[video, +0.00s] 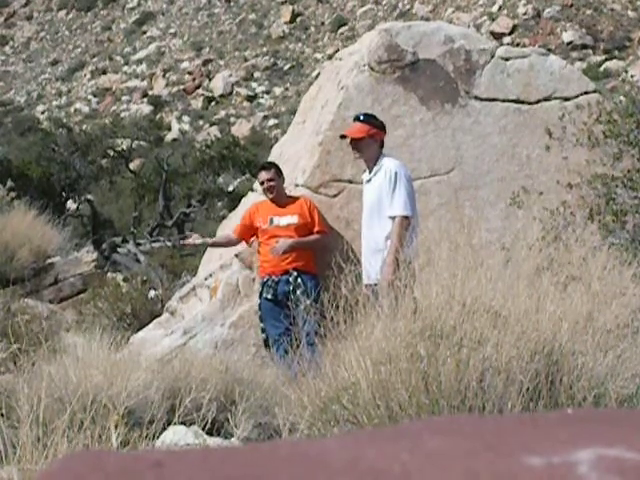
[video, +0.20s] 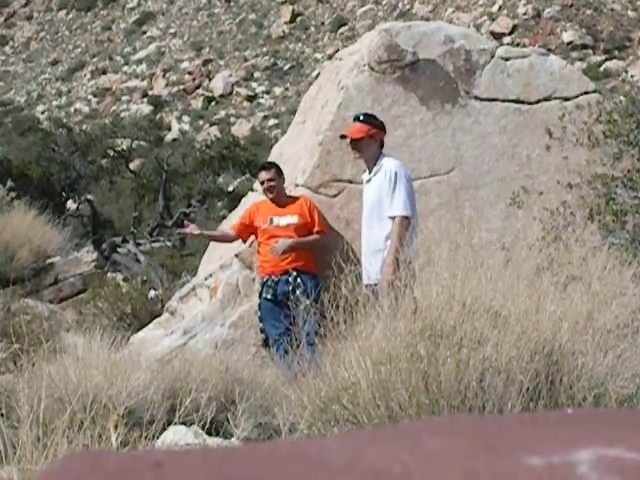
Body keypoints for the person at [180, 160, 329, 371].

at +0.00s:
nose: (267, 185)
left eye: (271, 180)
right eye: (263, 182)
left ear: (282, 180)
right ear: (260, 186)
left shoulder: (304, 204)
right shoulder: (257, 210)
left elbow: (323, 236)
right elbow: (234, 238)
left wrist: (293, 243)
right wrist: (205, 241)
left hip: (302, 277)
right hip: (271, 280)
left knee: (310, 333)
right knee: (278, 339)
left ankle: (316, 380)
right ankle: (292, 385)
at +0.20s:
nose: (268, 185)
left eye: (272, 180)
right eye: (263, 182)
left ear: (282, 180)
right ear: (260, 186)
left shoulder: (304, 205)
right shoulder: (256, 210)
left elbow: (323, 237)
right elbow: (232, 235)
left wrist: (293, 243)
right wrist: (200, 234)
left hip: (302, 277)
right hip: (271, 281)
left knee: (309, 333)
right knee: (278, 339)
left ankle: (316, 380)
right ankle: (292, 385)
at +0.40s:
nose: (268, 185)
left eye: (271, 180)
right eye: (263, 182)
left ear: (282, 180)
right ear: (260, 186)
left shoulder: (304, 204)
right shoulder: (257, 210)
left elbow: (323, 236)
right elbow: (234, 237)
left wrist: (293, 243)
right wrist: (205, 239)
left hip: (302, 277)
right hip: (270, 280)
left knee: (310, 334)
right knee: (278, 339)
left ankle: (316, 381)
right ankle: (292, 386)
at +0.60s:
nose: (269, 186)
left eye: (272, 180)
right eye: (264, 183)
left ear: (282, 180)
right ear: (260, 186)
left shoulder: (304, 205)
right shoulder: (256, 211)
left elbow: (322, 236)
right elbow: (236, 241)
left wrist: (293, 243)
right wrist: (209, 246)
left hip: (302, 277)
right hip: (270, 280)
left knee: (310, 333)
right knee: (279, 339)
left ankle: (315, 379)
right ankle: (291, 384)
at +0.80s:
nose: (269, 186)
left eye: (272, 180)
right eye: (264, 182)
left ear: (283, 180)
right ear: (261, 186)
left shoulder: (304, 205)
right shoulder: (256, 211)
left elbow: (324, 237)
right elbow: (240, 242)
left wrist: (293, 243)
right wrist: (218, 256)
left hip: (303, 277)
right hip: (271, 281)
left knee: (309, 333)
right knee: (278, 338)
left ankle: (315, 379)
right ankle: (291, 382)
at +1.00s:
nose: (270, 185)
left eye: (274, 180)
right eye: (265, 182)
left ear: (284, 180)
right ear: (261, 186)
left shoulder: (304, 205)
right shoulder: (256, 211)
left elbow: (323, 237)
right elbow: (239, 244)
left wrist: (293, 243)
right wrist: (223, 273)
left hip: (303, 277)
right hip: (271, 280)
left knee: (310, 332)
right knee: (279, 338)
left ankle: (315, 379)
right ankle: (290, 382)